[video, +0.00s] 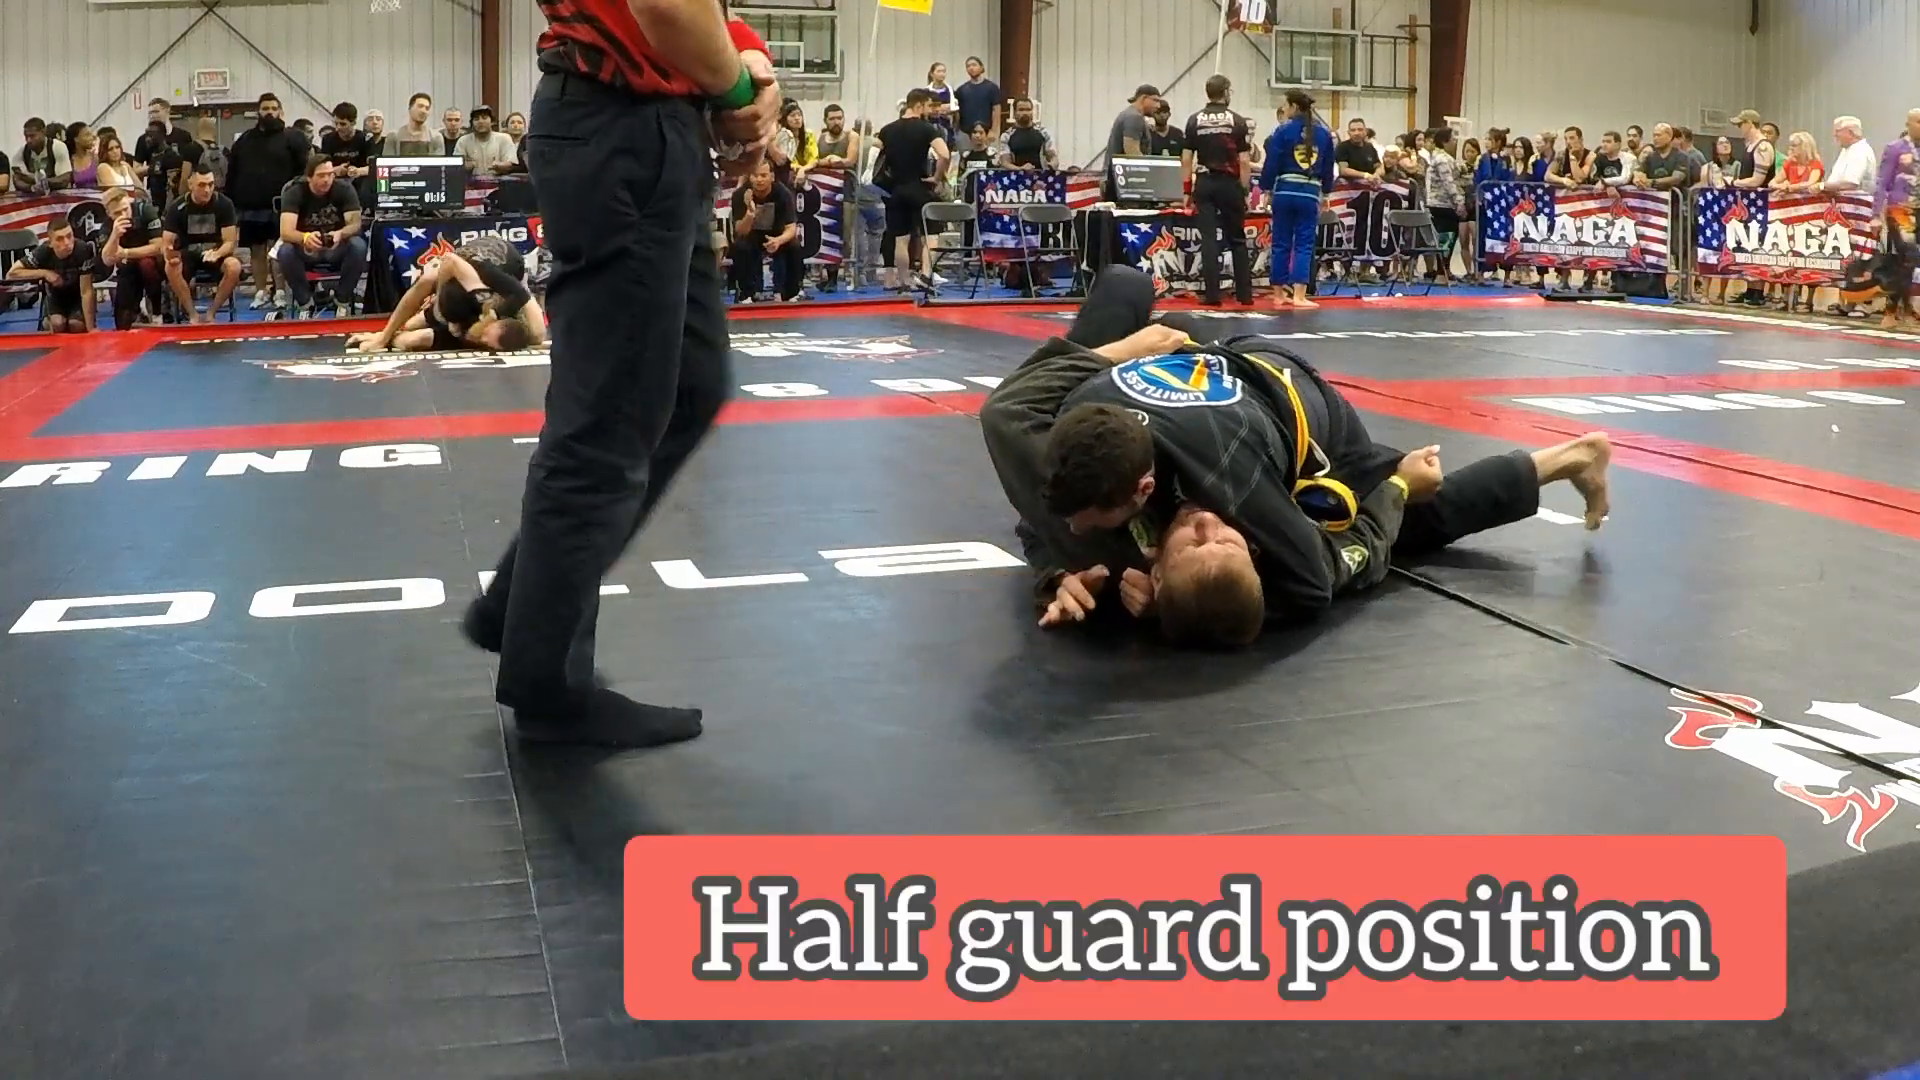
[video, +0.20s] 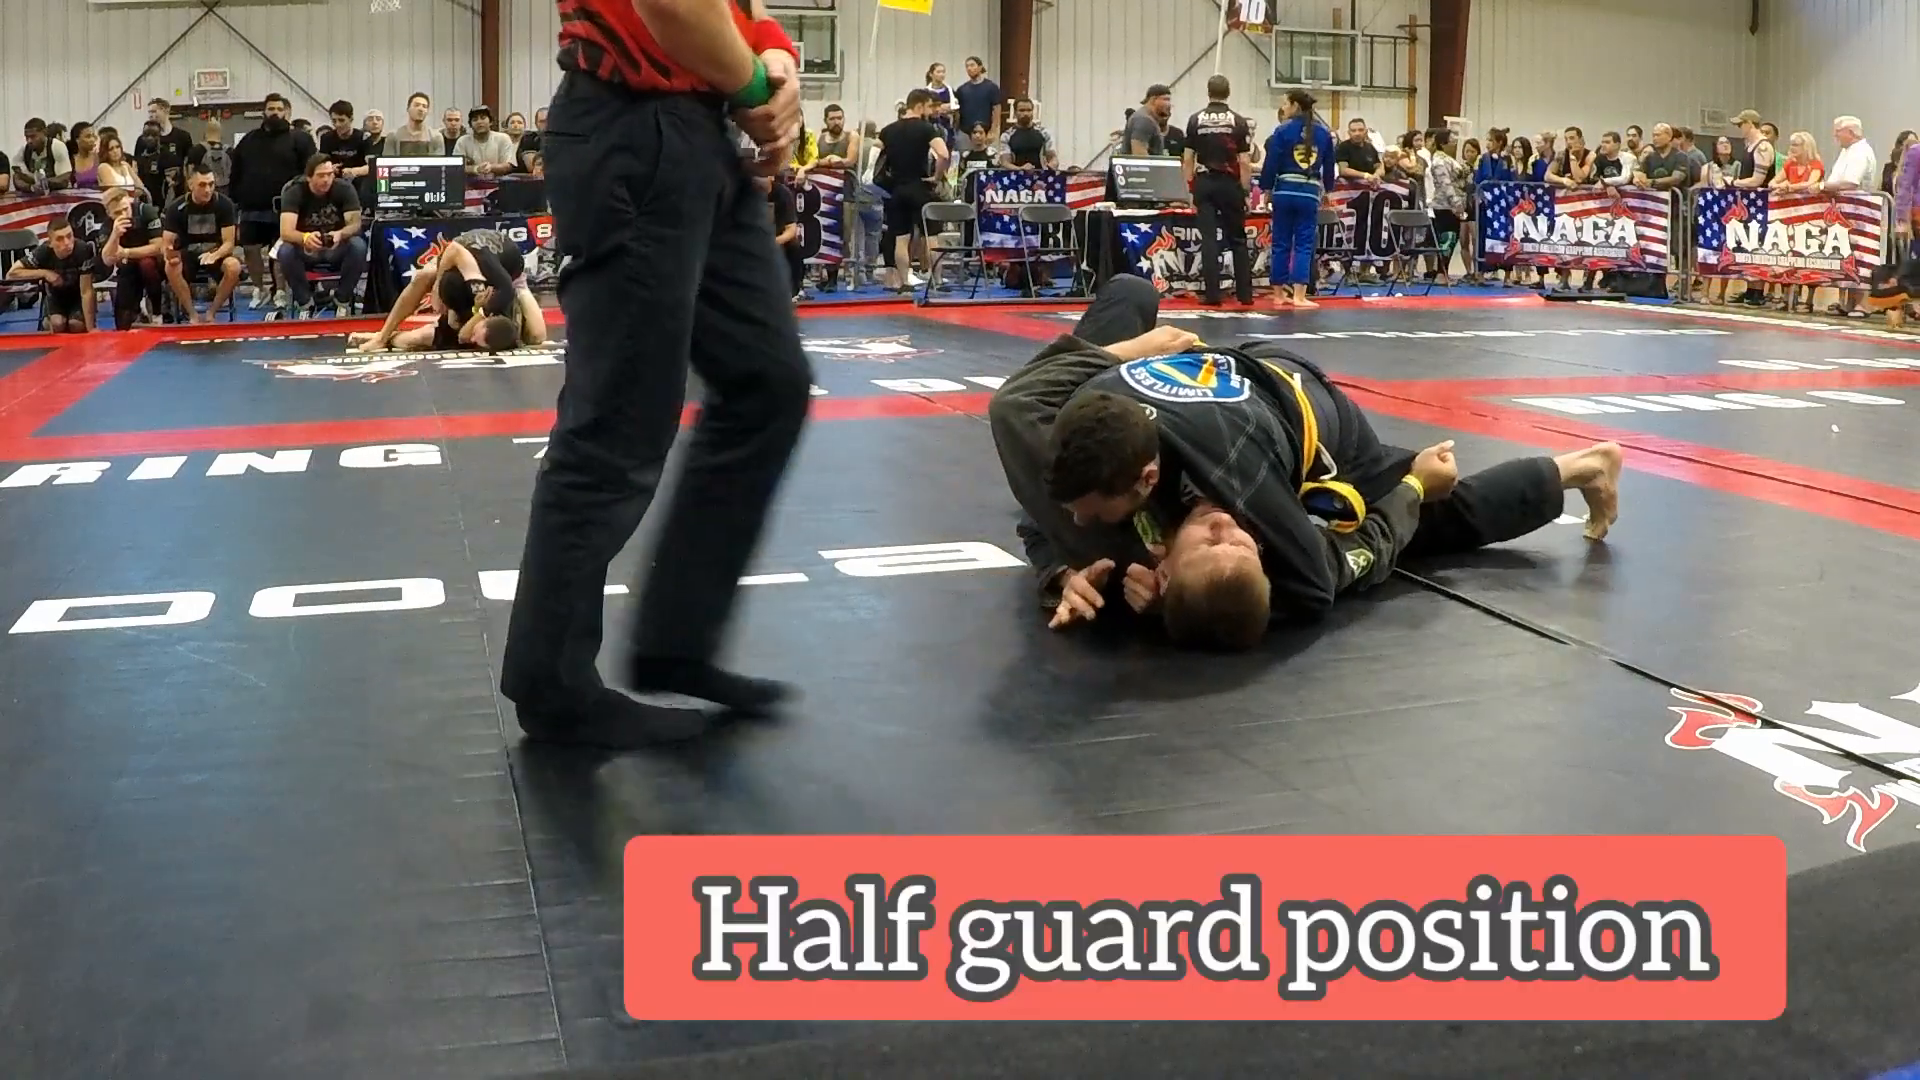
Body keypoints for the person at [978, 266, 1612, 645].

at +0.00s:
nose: (1083, 536)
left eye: (1093, 525)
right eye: (1069, 526)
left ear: (1139, 493)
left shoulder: (1226, 478)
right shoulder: (1058, 425)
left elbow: (1315, 593)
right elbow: (1062, 524)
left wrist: (1161, 597)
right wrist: (1070, 573)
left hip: (1308, 412)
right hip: (1226, 357)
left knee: (1413, 527)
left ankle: (1572, 458)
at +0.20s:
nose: (1085, 527)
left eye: (1094, 516)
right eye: (1074, 513)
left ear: (1145, 484)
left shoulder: (1231, 476)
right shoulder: (1070, 437)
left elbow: (1314, 594)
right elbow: (1040, 523)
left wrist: (1172, 598)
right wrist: (1069, 571)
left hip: (1312, 416)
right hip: (1239, 361)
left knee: (1441, 520)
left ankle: (1586, 465)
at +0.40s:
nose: (1100, 517)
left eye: (1111, 507)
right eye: (1091, 502)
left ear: (1162, 473)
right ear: (1077, 463)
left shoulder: (1246, 476)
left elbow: (1319, 598)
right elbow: (1049, 523)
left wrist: (1183, 600)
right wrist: (1075, 573)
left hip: (1318, 412)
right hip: (1237, 359)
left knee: (1436, 514)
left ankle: (1569, 469)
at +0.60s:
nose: (1121, 509)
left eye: (1136, 502)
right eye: (1114, 495)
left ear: (1184, 470)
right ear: (1099, 446)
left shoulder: (1269, 478)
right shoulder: (1069, 414)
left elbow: (1333, 598)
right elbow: (1045, 507)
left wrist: (1197, 590)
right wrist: (1095, 574)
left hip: (1331, 422)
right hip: (1233, 365)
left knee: (1383, 498)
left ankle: (1505, 475)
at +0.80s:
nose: (1123, 510)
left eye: (1139, 502)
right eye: (1115, 494)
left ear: (1192, 469)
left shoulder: (1270, 483)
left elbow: (1332, 597)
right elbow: (1044, 506)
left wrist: (1199, 596)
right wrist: (1088, 566)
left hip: (1328, 417)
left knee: (1350, 502)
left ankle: (1451, 480)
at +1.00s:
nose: (1129, 520)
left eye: (1145, 510)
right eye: (1118, 507)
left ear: (1191, 471)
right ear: (1103, 459)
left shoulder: (1271, 475)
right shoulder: (1061, 418)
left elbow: (1330, 600)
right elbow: (1041, 521)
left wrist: (1196, 594)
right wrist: (1087, 570)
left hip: (1303, 400)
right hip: (1213, 364)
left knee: (1372, 502)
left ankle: (1510, 470)